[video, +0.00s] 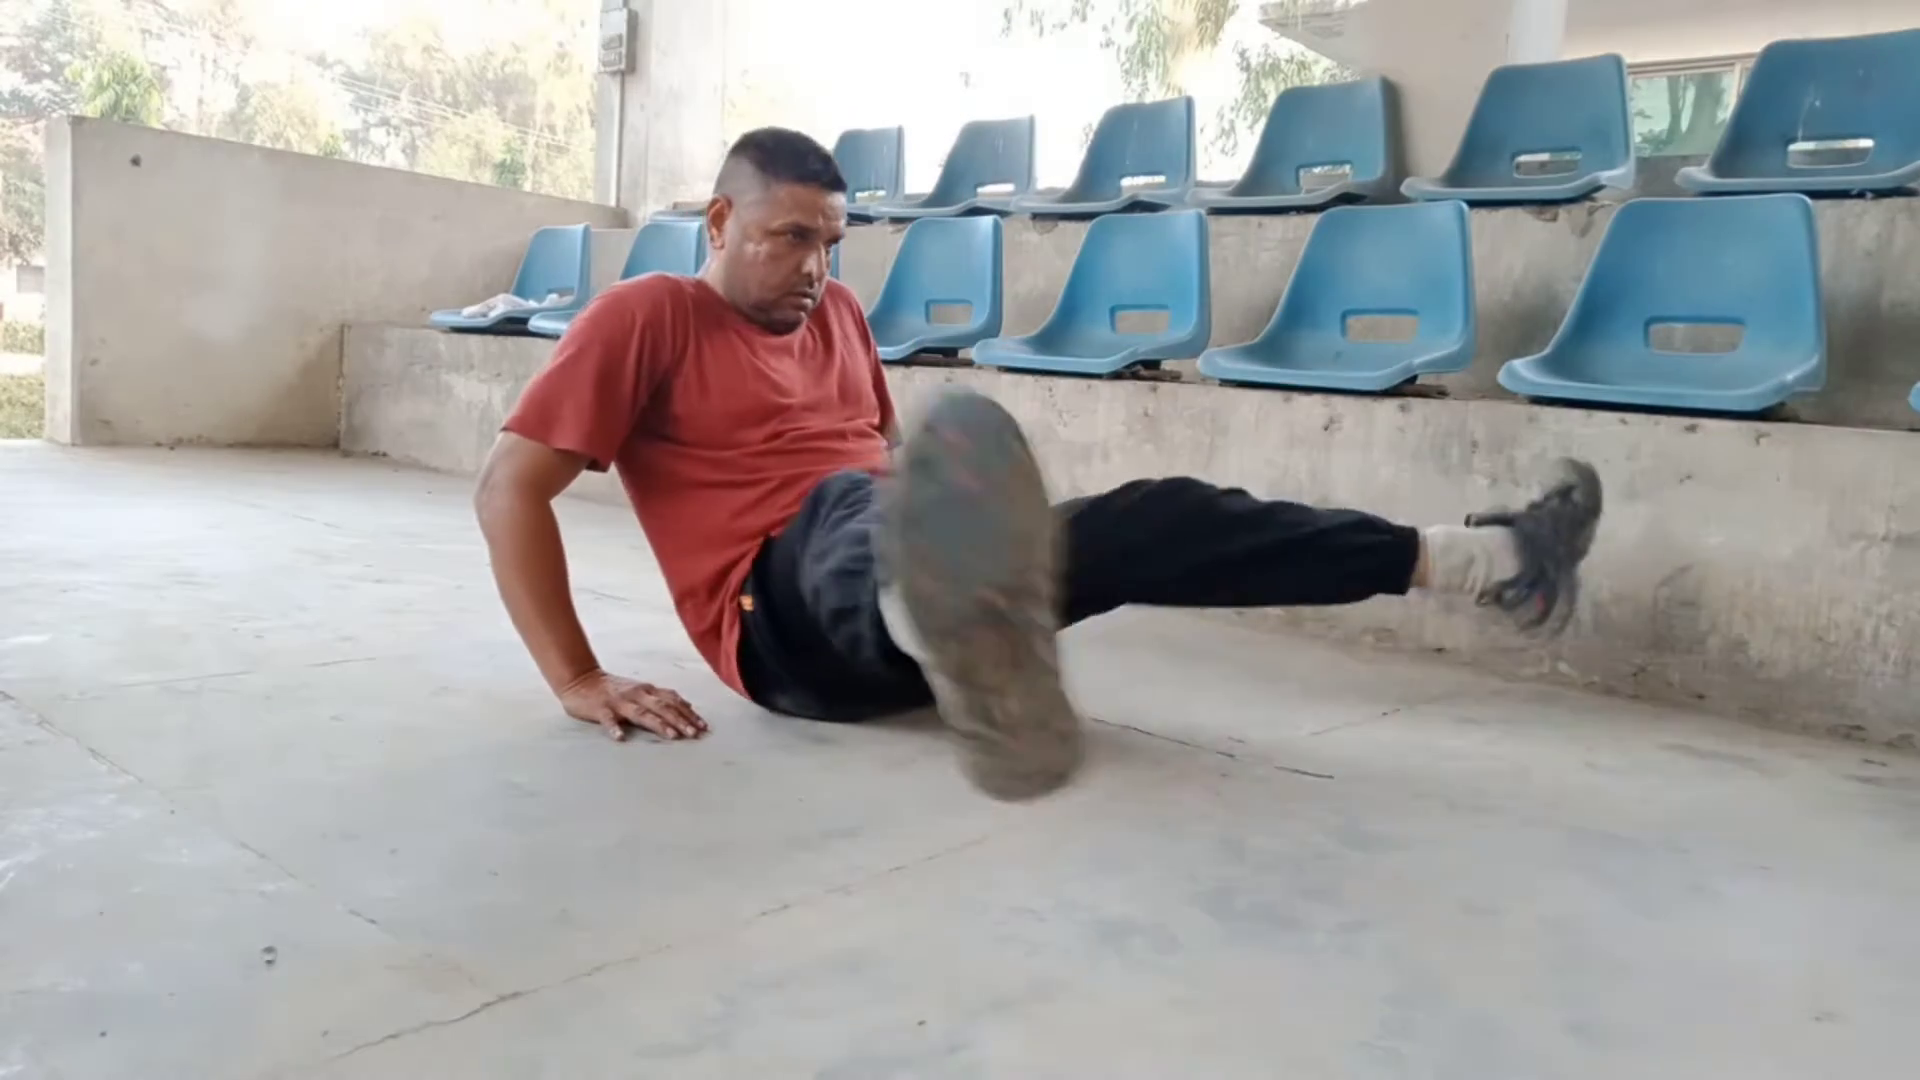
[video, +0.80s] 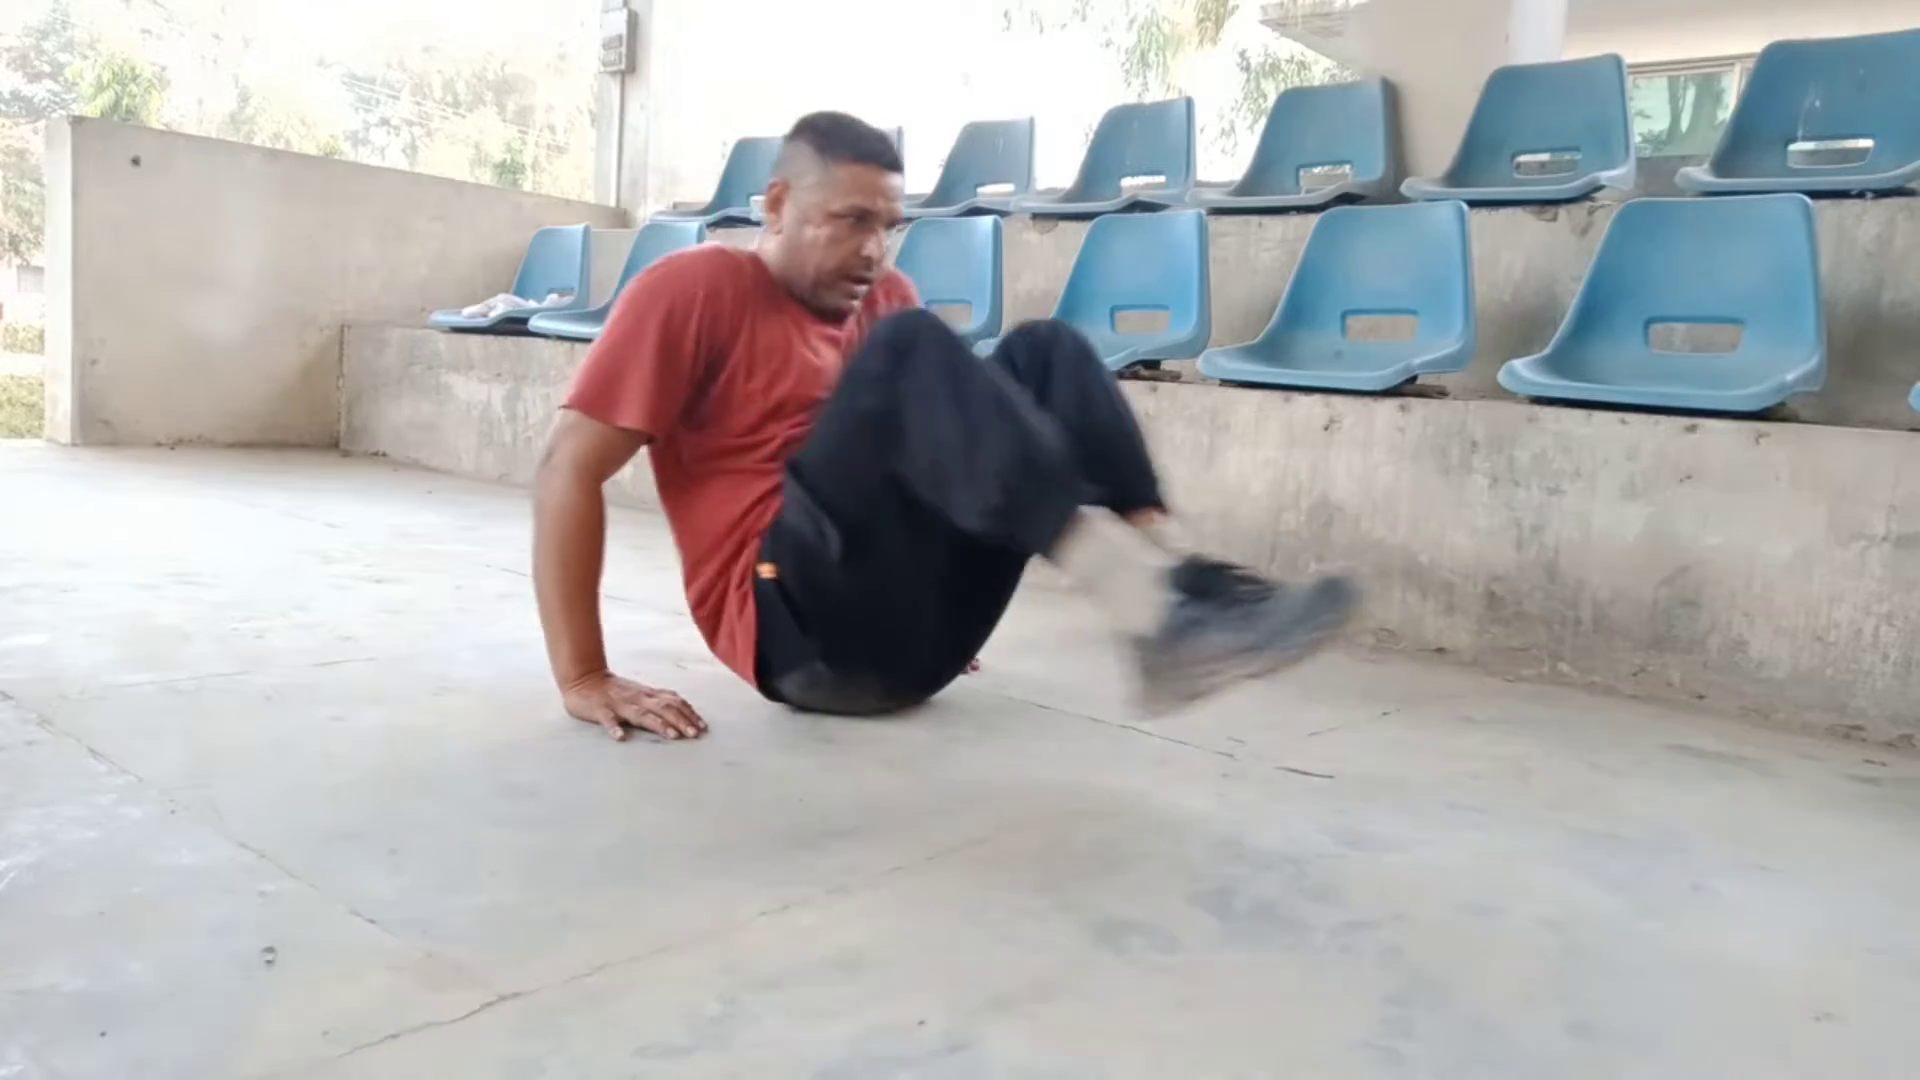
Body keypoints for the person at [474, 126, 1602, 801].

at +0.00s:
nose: (813, 263)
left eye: (825, 240)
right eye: (788, 237)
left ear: (831, 229)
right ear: (716, 219)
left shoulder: (840, 315)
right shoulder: (643, 317)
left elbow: (879, 451)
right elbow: (508, 487)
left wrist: (962, 543)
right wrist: (576, 679)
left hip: (913, 559)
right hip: (780, 593)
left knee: (1158, 518)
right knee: (859, 520)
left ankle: (1487, 564)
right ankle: (982, 660)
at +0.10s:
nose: (813, 264)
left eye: (825, 240)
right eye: (788, 236)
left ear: (832, 229)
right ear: (715, 217)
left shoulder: (834, 316)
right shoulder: (637, 316)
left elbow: (872, 457)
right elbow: (509, 490)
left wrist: (953, 550)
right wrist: (577, 681)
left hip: (907, 590)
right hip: (779, 619)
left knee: (1147, 499)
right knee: (890, 486)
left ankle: (1499, 586)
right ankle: (1129, 653)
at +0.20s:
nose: (810, 261)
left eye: (820, 238)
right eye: (783, 235)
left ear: (825, 230)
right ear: (709, 223)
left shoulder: (828, 322)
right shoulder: (635, 320)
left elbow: (870, 470)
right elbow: (506, 492)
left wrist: (977, 566)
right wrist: (574, 679)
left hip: (915, 611)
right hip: (795, 630)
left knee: (1163, 467)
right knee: (949, 447)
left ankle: (1497, 605)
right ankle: (1292, 643)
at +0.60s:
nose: (819, 248)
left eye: (830, 225)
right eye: (794, 223)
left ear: (833, 222)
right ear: (721, 217)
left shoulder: (839, 313)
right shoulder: (652, 313)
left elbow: (870, 463)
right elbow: (520, 488)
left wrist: (919, 580)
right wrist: (576, 681)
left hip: (901, 599)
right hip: (812, 618)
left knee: (1117, 423)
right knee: (1057, 437)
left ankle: (1406, 606)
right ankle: (1392, 613)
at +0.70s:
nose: (848, 249)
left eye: (857, 225)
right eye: (824, 224)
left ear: (851, 219)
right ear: (745, 212)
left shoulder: (858, 310)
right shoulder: (668, 305)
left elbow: (889, 452)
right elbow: (540, 478)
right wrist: (580, 681)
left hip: (908, 621)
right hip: (811, 624)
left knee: (1085, 369)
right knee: (989, 381)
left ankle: (1293, 598)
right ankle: (1274, 606)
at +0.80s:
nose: (874, 252)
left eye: (888, 226)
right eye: (849, 224)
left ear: (895, 220)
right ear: (775, 208)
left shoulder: (888, 301)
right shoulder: (695, 289)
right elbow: (570, 466)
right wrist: (582, 679)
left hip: (913, 635)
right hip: (805, 635)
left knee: (1047, 351)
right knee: (909, 350)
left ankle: (1188, 600)